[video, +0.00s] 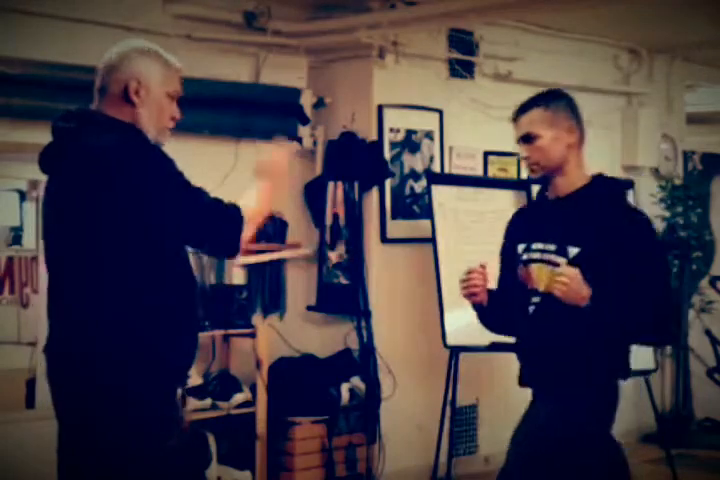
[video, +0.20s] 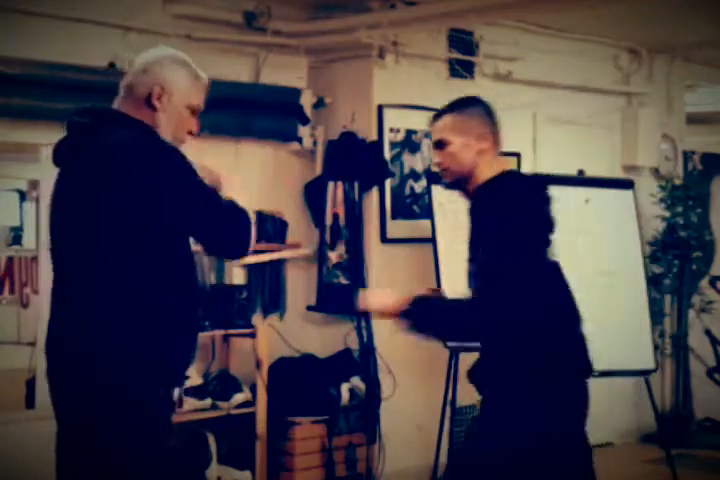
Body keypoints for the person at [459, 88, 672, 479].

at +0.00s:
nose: (522, 153)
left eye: (530, 140)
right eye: (520, 144)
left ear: (571, 137)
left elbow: (660, 324)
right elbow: (514, 319)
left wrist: (590, 298)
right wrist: (485, 300)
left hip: (589, 387)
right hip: (544, 386)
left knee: (520, 469)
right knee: (595, 467)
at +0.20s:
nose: (435, 160)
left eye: (442, 145)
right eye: (434, 148)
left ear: (482, 143)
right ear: (482, 145)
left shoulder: (502, 201)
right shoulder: (504, 197)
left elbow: (496, 321)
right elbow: (504, 313)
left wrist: (410, 308)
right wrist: (443, 306)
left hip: (530, 391)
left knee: (473, 473)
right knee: (560, 471)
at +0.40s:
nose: (350, 186)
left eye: (354, 173)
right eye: (347, 175)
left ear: (389, 163)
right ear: (392, 164)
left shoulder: (418, 238)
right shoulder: (458, 208)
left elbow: (363, 345)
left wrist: (268, 376)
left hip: (487, 402)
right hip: (535, 387)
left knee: (432, 474)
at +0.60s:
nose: (327, 215)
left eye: (325, 202)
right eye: (321, 205)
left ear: (349, 183)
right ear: (359, 179)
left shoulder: (401, 247)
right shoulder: (423, 213)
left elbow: (345, 368)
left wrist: (243, 387)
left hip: (483, 404)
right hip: (511, 383)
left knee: (423, 476)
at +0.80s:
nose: (330, 203)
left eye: (329, 191)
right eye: (324, 194)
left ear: (355, 175)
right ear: (362, 169)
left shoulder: (404, 239)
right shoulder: (427, 204)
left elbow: (356, 357)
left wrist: (252, 371)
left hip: (480, 394)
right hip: (511, 373)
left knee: (424, 473)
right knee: (526, 471)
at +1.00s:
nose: (352, 190)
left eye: (353, 177)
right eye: (348, 179)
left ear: (385, 165)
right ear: (387, 163)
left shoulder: (426, 238)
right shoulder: (449, 199)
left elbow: (372, 348)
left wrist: (271, 371)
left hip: (488, 395)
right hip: (522, 376)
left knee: (438, 472)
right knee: (529, 470)